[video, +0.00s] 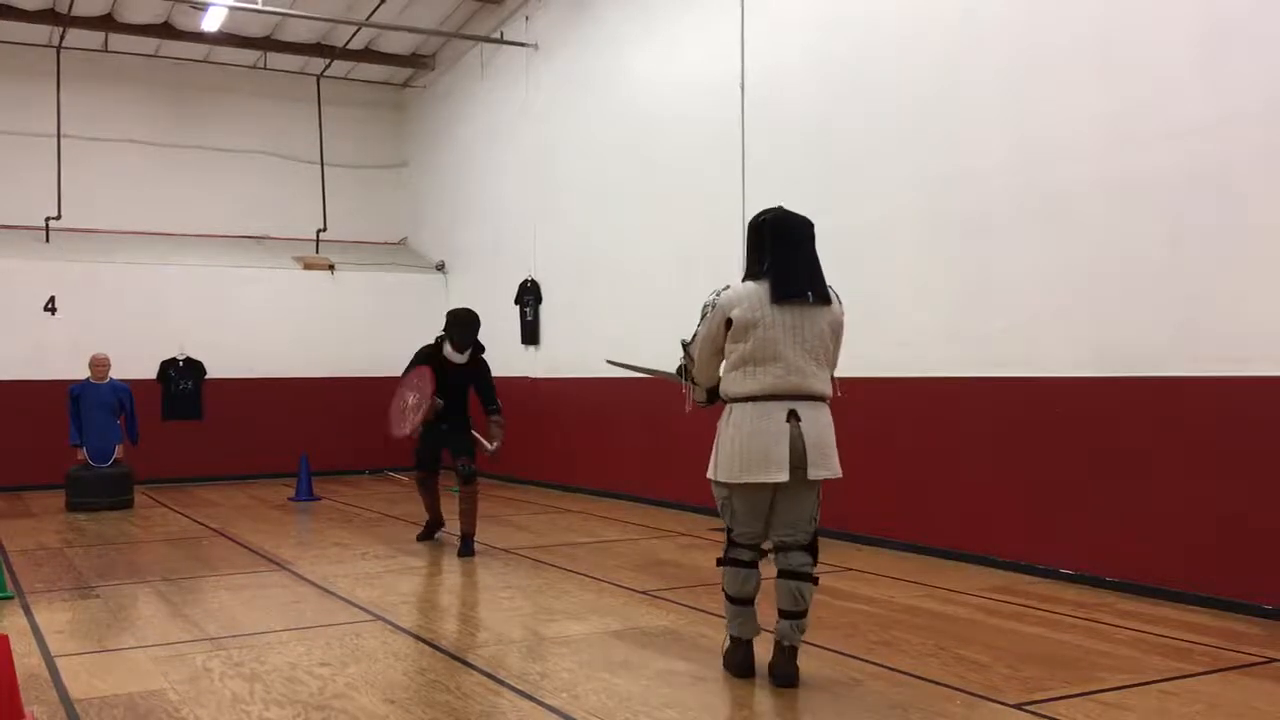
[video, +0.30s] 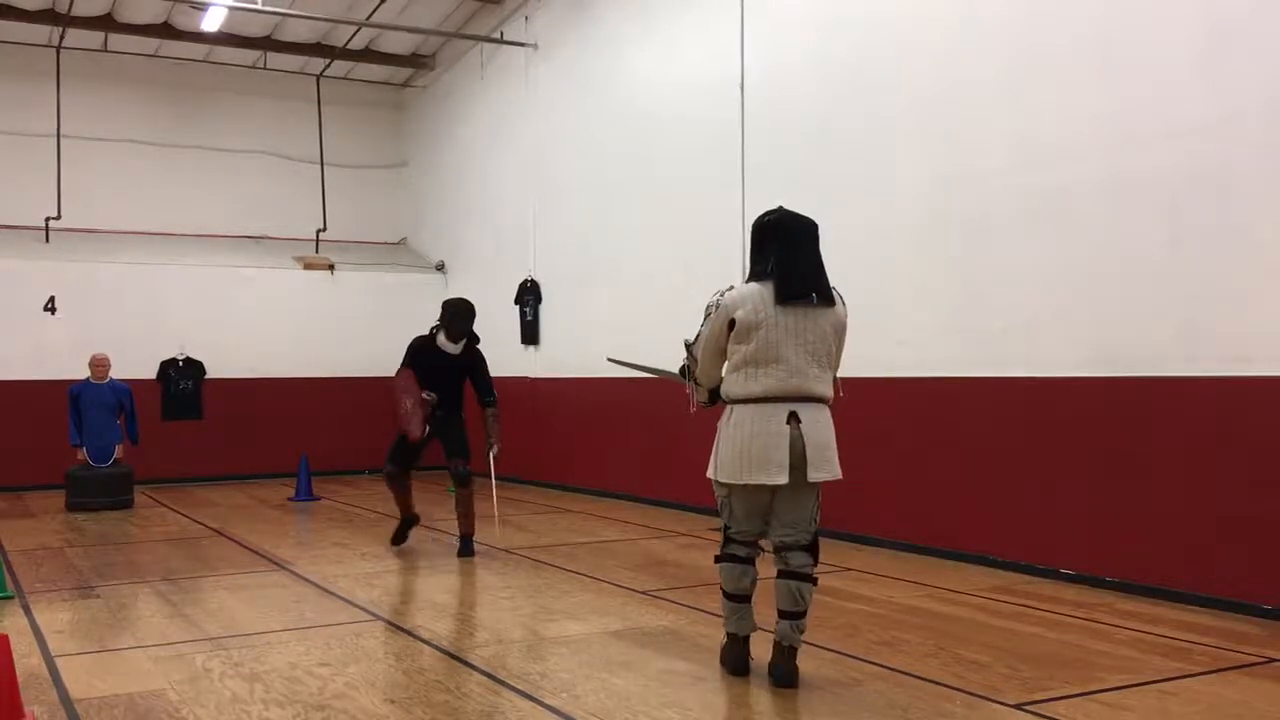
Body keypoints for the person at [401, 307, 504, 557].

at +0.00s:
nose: (464, 344)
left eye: (469, 339)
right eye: (460, 338)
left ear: (474, 337)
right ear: (449, 333)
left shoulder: (477, 364)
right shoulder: (427, 356)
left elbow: (491, 403)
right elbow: (405, 390)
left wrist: (496, 436)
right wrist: (423, 408)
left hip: (459, 424)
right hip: (429, 424)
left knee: (467, 476)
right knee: (424, 476)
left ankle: (467, 536)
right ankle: (434, 519)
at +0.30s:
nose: (458, 333)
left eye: (464, 328)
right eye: (455, 327)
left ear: (468, 327)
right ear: (444, 322)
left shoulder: (472, 356)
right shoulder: (421, 347)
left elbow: (488, 398)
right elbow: (403, 381)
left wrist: (493, 437)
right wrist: (414, 403)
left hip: (452, 419)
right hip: (421, 417)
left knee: (462, 473)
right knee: (394, 469)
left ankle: (466, 537)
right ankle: (407, 516)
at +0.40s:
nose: (451, 334)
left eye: (456, 329)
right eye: (447, 329)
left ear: (462, 326)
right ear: (436, 322)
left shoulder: (465, 353)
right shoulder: (414, 346)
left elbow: (482, 394)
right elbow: (402, 384)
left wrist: (489, 430)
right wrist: (417, 395)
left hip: (446, 419)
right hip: (414, 417)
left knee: (458, 473)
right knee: (387, 472)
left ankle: (466, 538)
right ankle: (381, 530)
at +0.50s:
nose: (426, 327)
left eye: (433, 322)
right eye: (425, 320)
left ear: (445, 323)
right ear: (421, 318)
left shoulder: (452, 351)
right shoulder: (409, 343)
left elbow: (471, 390)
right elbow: (397, 375)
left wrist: (480, 421)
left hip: (437, 419)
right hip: (405, 416)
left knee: (453, 476)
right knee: (378, 475)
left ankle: (465, 539)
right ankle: (354, 535)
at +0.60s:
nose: (417, 325)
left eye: (423, 319)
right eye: (413, 319)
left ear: (433, 321)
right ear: (406, 319)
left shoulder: (438, 352)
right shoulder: (396, 349)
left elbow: (457, 387)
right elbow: (378, 383)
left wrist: (467, 420)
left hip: (425, 422)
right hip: (392, 422)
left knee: (445, 477)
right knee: (364, 479)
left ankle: (465, 539)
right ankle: (345, 541)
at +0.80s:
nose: (387, 326)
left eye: (393, 320)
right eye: (382, 320)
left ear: (402, 322)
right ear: (374, 320)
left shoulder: (408, 354)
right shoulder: (362, 350)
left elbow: (422, 391)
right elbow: (343, 381)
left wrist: (437, 416)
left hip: (394, 423)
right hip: (360, 422)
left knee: (425, 477)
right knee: (339, 482)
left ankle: (448, 537)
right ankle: (341, 542)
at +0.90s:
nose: (381, 322)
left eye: (386, 316)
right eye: (376, 316)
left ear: (392, 318)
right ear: (364, 317)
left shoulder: (397, 352)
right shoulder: (347, 348)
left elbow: (410, 392)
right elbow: (329, 385)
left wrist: (426, 423)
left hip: (384, 422)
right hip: (351, 422)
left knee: (412, 473)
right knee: (332, 482)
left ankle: (419, 534)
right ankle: (341, 542)